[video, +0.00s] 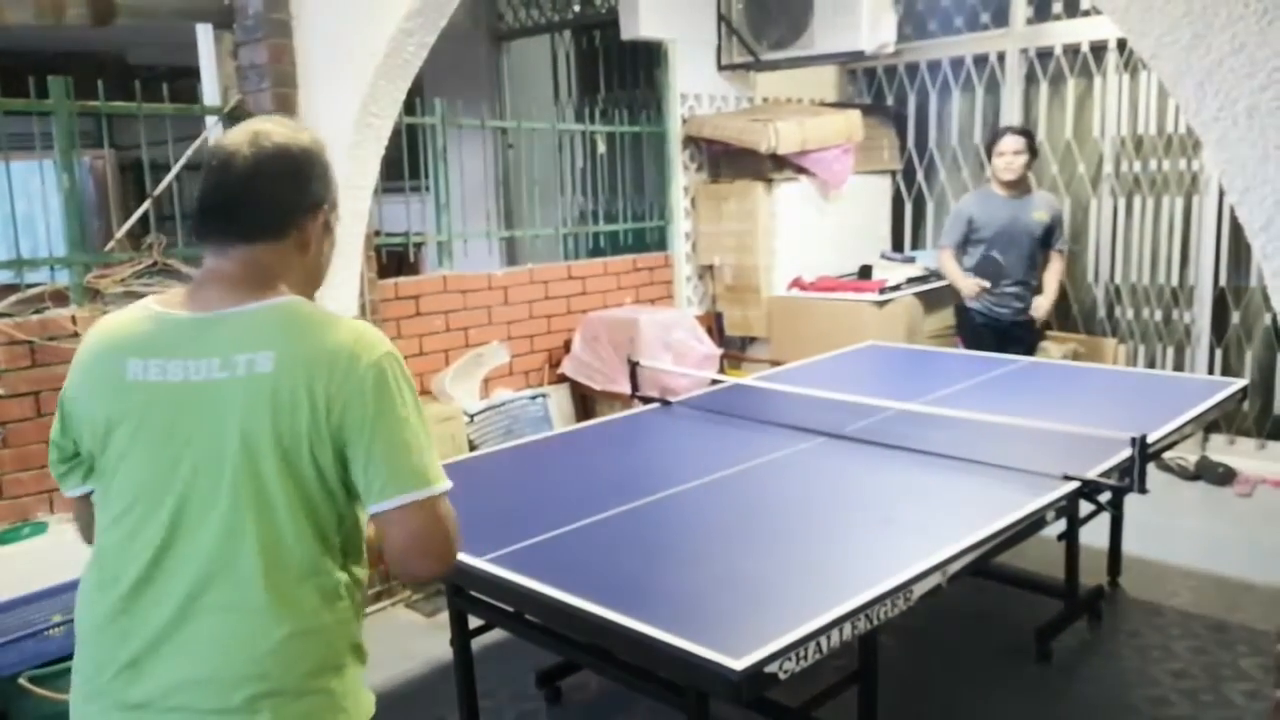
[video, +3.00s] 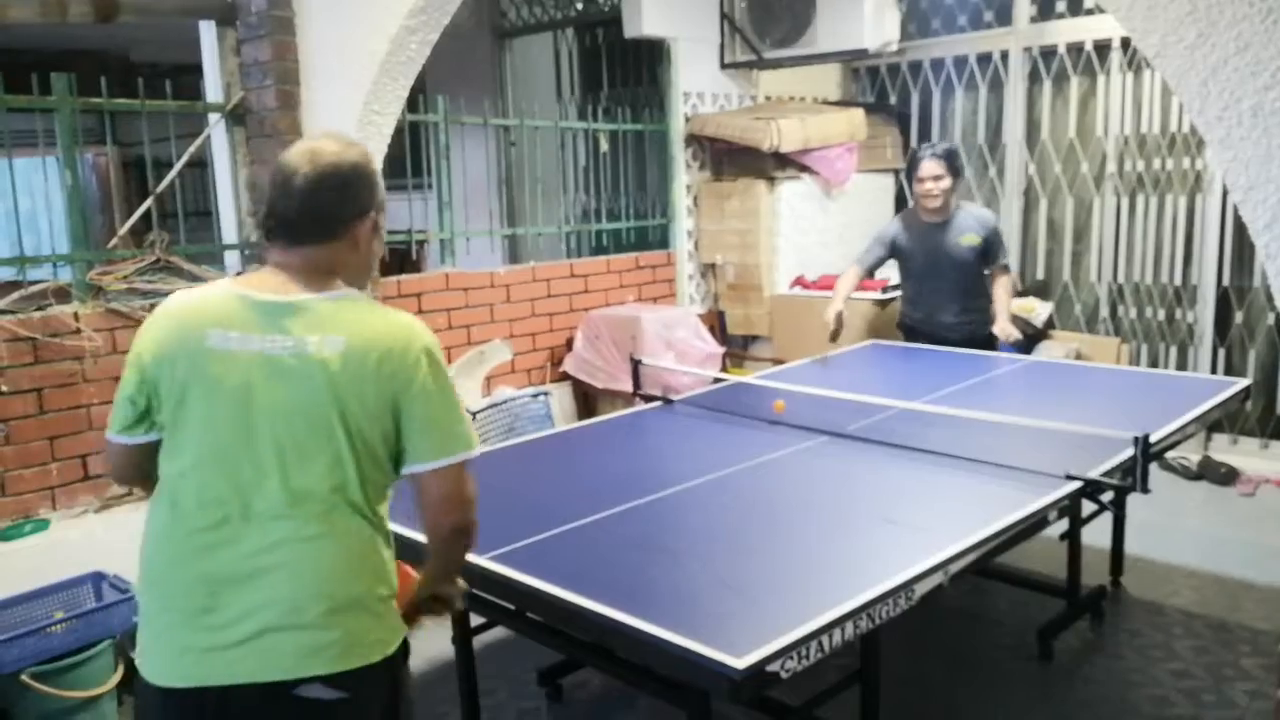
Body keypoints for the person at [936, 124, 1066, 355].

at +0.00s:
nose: (1008, 161)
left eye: (1017, 153)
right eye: (1000, 154)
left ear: (1030, 159)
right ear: (990, 160)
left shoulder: (1047, 207)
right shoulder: (970, 204)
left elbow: (1056, 255)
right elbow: (945, 253)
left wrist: (1047, 298)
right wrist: (962, 282)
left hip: (1023, 317)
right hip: (978, 315)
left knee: (1016, 386)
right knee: (983, 386)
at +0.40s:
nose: (992, 172)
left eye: (1001, 165)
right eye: (984, 166)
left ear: (1016, 169)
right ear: (975, 171)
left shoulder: (1037, 214)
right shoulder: (954, 216)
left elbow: (1050, 260)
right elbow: (929, 261)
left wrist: (1030, 289)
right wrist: (932, 283)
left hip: (1014, 312)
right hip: (968, 309)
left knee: (1012, 378)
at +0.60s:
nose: (972, 186)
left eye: (980, 178)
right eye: (963, 180)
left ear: (995, 180)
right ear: (955, 185)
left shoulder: (1018, 224)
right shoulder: (935, 228)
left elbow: (1038, 268)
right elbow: (904, 271)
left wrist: (1025, 297)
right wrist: (904, 294)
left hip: (1005, 332)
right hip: (953, 333)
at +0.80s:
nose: (944, 202)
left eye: (953, 194)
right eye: (936, 195)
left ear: (967, 196)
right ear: (926, 199)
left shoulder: (991, 233)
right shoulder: (909, 243)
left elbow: (1012, 274)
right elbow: (874, 287)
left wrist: (1009, 316)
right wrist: (879, 314)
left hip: (982, 353)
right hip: (928, 355)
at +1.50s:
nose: (950, 190)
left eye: (959, 181)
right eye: (942, 182)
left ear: (974, 182)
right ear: (932, 184)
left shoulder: (996, 223)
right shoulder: (915, 230)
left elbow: (1021, 258)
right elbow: (876, 268)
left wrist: (1015, 290)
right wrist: (872, 294)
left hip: (984, 338)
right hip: (934, 340)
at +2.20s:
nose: (939, 205)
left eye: (947, 197)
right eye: (930, 198)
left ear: (958, 197)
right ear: (918, 200)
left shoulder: (979, 229)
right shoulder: (908, 236)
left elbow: (994, 278)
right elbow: (883, 275)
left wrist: (1002, 328)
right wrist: (874, 311)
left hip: (973, 336)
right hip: (924, 338)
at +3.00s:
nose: (930, 187)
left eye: (938, 179)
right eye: (921, 180)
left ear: (954, 180)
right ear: (911, 184)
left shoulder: (981, 223)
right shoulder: (899, 228)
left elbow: (1000, 272)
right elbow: (859, 268)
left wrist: (1002, 319)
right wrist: (836, 303)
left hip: (973, 344)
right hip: (920, 343)